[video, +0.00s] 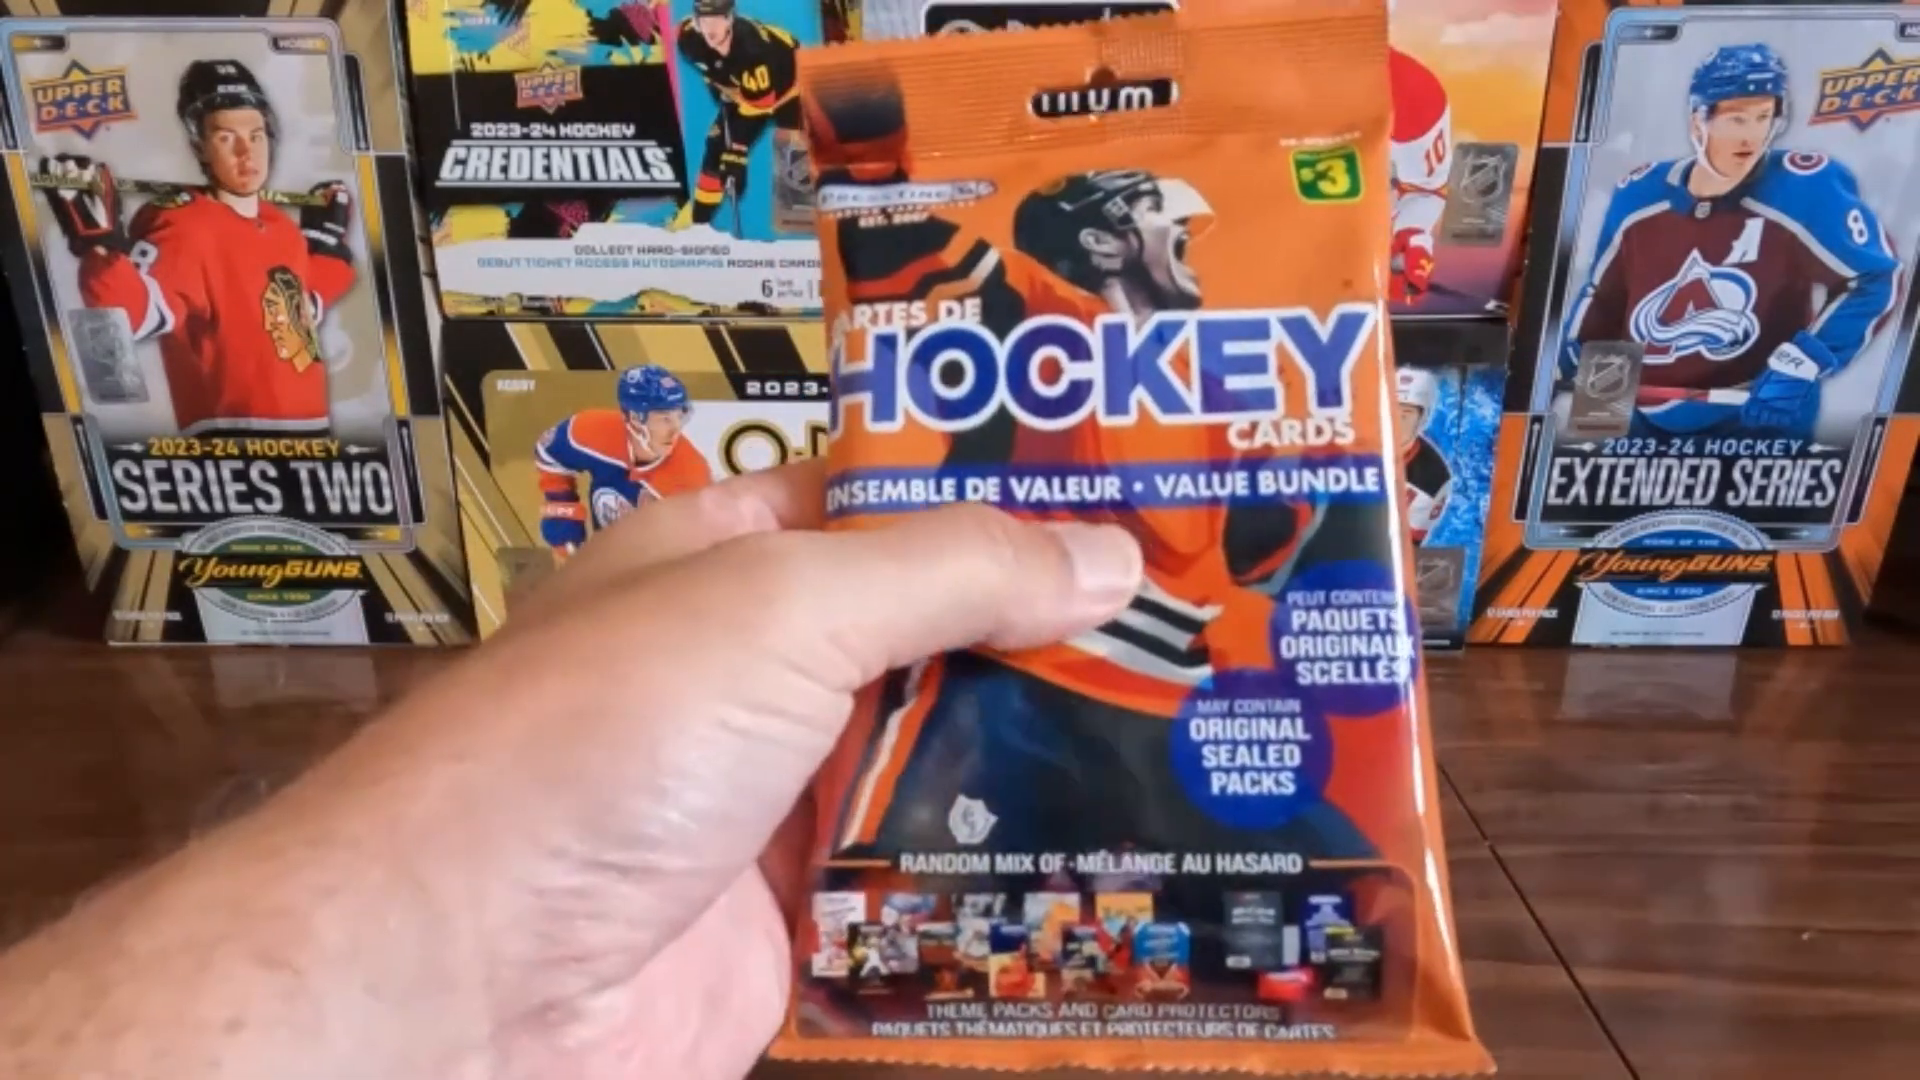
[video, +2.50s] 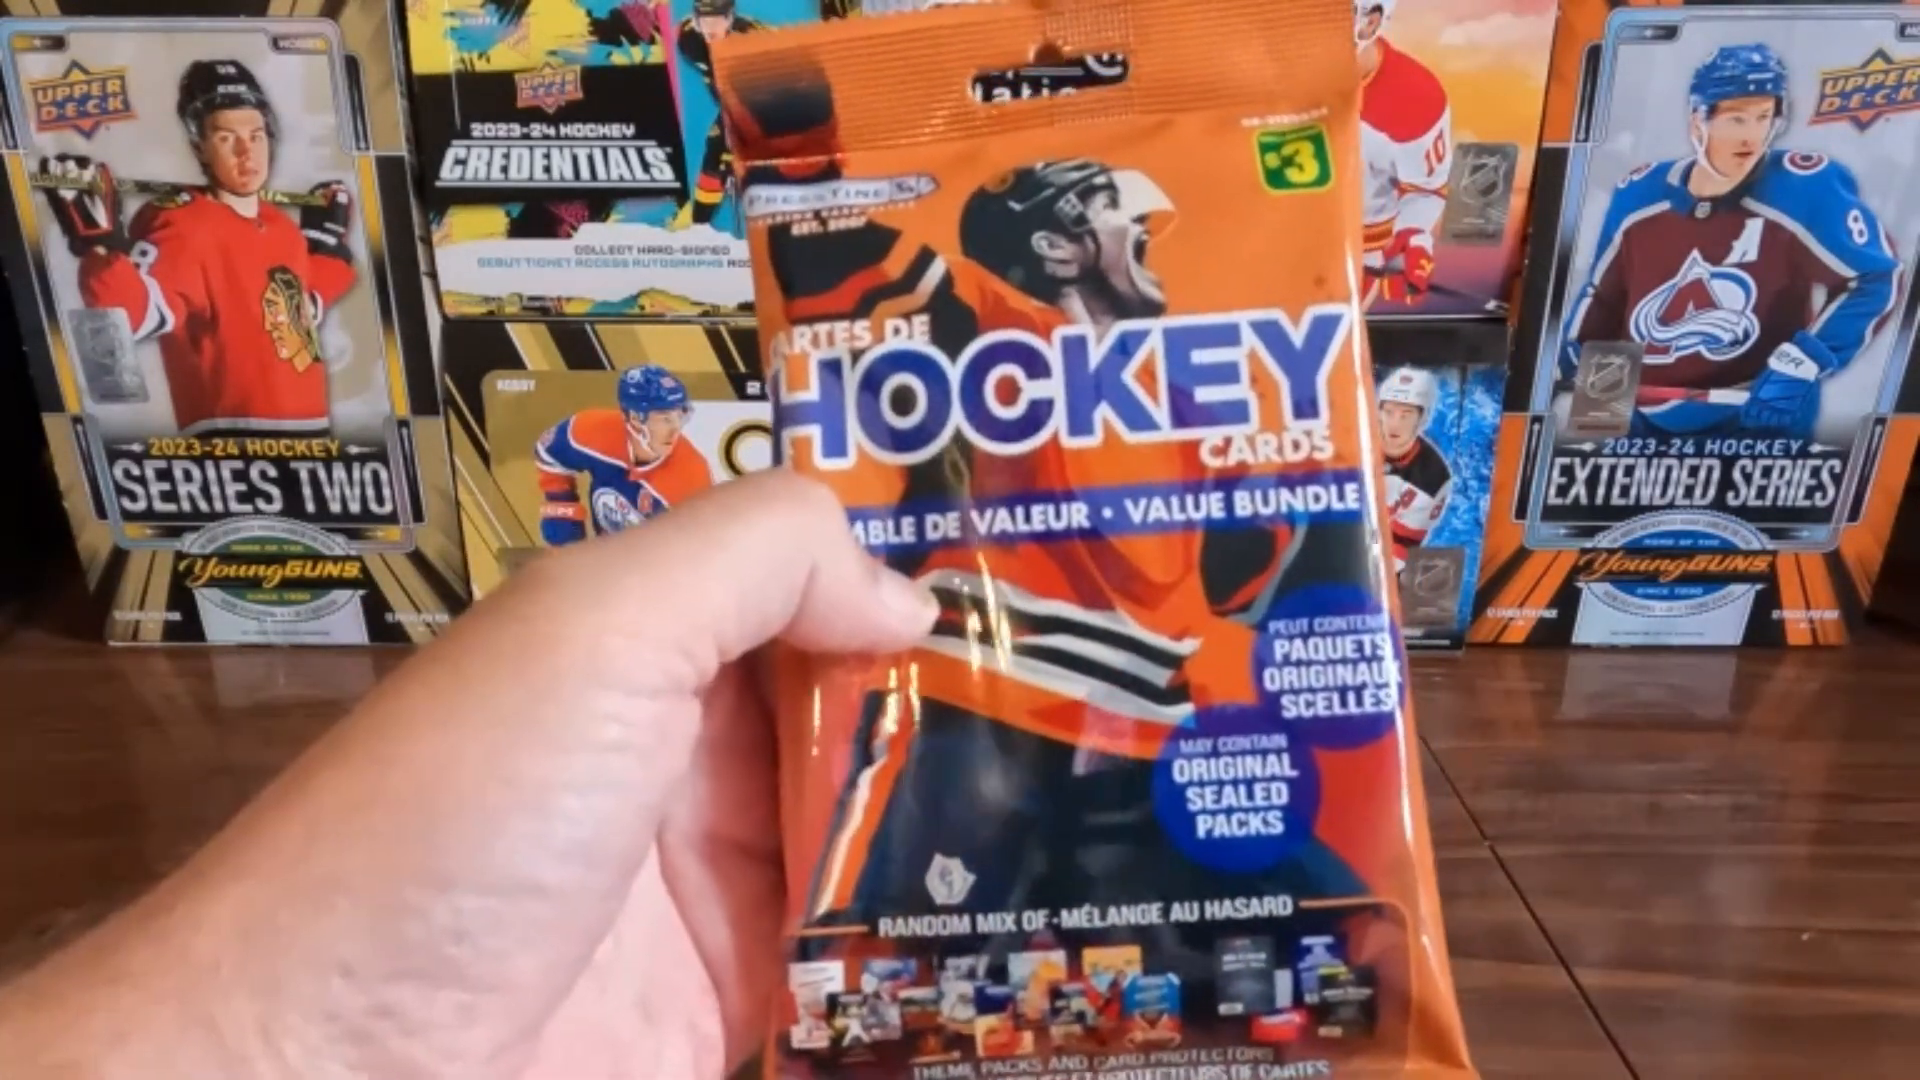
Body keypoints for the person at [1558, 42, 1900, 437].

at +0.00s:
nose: (1749, 134)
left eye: (1762, 118)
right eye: (1734, 119)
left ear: (1775, 123)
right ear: (1698, 124)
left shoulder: (1804, 192)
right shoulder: (1638, 197)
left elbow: (1878, 279)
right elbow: (1600, 297)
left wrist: (1801, 365)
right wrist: (1573, 367)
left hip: (1745, 427)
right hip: (1638, 422)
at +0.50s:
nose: (1750, 135)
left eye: (1762, 118)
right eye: (1735, 119)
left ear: (1775, 123)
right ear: (1698, 124)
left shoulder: (1805, 192)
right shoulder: (1638, 197)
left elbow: (1879, 279)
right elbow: (1599, 296)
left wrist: (1801, 365)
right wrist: (1572, 366)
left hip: (1744, 427)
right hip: (1637, 421)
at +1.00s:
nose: (1750, 135)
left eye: (1762, 118)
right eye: (1734, 119)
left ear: (1775, 123)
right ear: (1698, 124)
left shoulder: (1804, 193)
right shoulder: (1637, 197)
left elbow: (1878, 279)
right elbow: (1600, 297)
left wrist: (1801, 365)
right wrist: (1572, 366)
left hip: (1744, 427)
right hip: (1636, 422)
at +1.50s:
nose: (1750, 135)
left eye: (1762, 118)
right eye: (1735, 119)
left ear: (1775, 123)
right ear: (1698, 124)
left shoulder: (1804, 193)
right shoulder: (1638, 197)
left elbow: (1878, 279)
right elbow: (1600, 297)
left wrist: (1803, 363)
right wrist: (1575, 361)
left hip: (1743, 427)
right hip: (1636, 420)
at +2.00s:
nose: (1750, 135)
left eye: (1762, 118)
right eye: (1734, 119)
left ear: (1775, 122)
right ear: (1698, 124)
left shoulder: (1804, 192)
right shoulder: (1637, 197)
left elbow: (1879, 278)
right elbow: (1600, 297)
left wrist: (1802, 364)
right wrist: (1576, 361)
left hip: (1744, 427)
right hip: (1637, 421)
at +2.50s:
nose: (1750, 135)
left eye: (1762, 118)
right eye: (1734, 119)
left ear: (1775, 123)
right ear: (1698, 124)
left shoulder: (1805, 192)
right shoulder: (1637, 197)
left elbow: (1878, 279)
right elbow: (1600, 296)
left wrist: (1802, 364)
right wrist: (1574, 366)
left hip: (1744, 427)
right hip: (1637, 422)